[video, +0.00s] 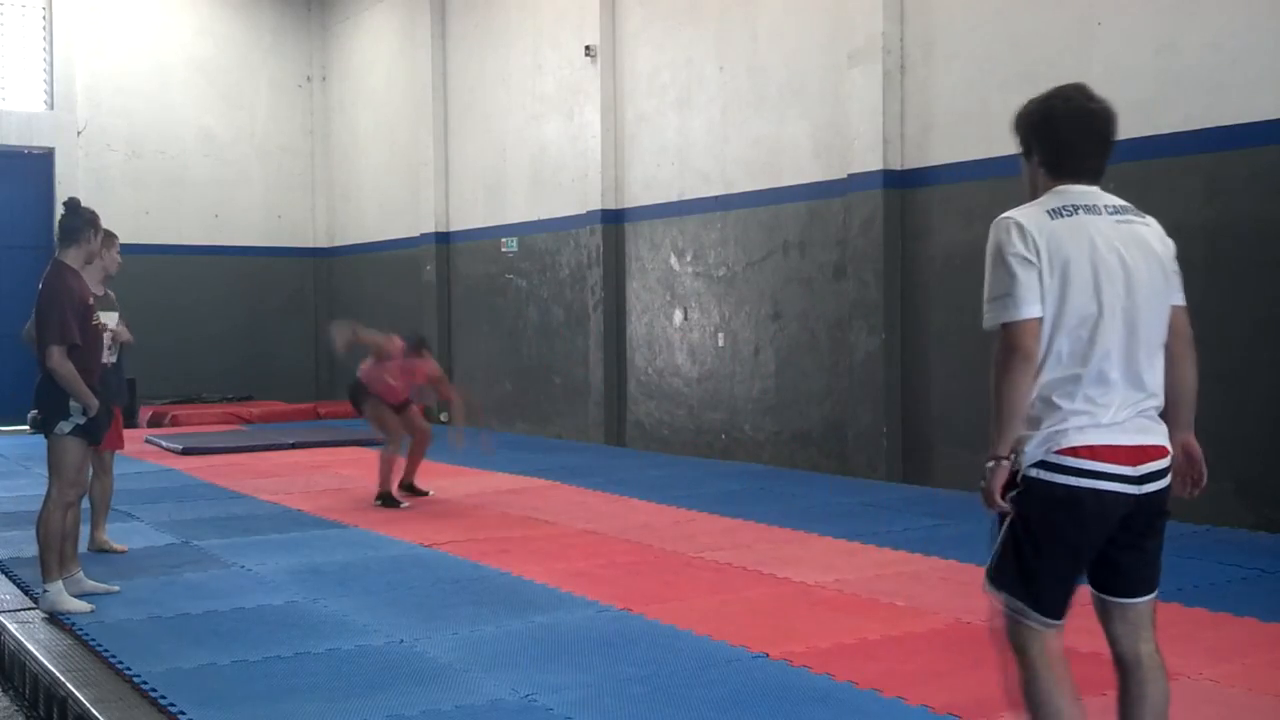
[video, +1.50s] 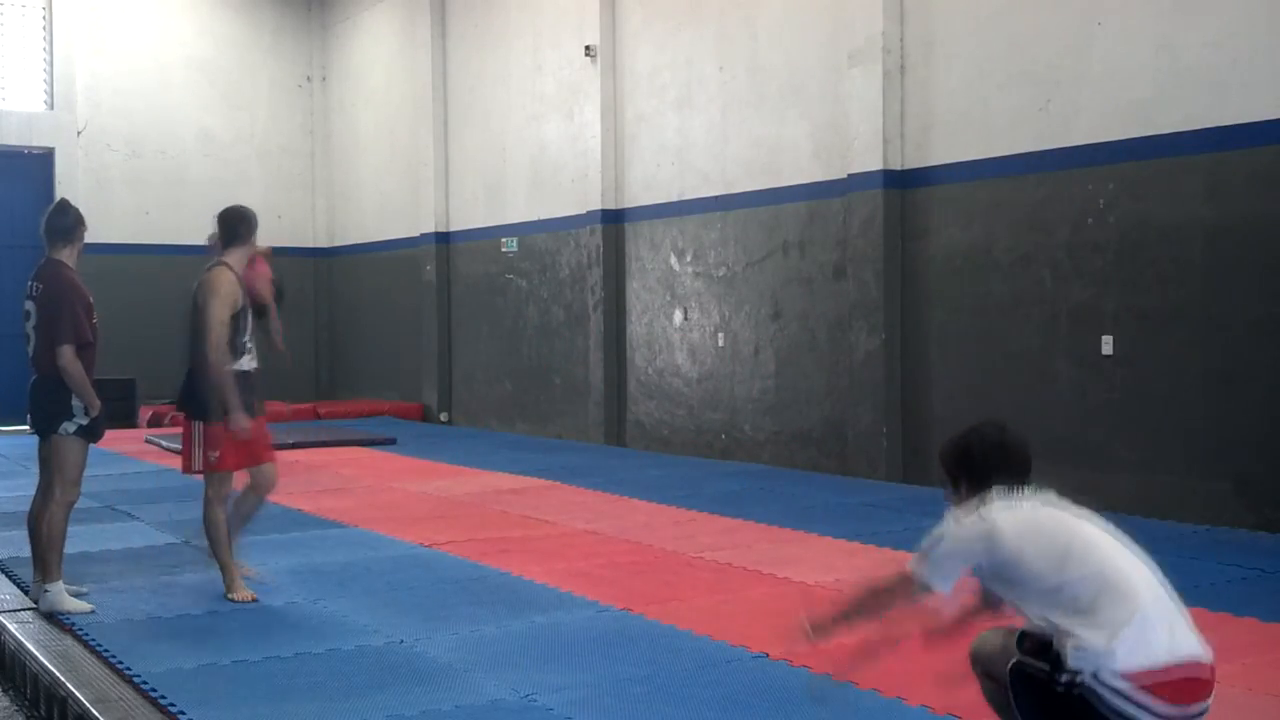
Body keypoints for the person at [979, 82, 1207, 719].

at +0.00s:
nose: (1023, 166)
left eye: (1023, 153)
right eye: (1024, 153)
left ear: (1036, 157)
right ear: (1103, 155)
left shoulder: (1021, 227)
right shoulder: (1149, 230)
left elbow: (1023, 348)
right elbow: (1180, 341)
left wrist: (1002, 451)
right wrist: (1181, 428)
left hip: (1065, 473)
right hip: (1147, 469)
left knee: (1033, 630)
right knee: (1136, 633)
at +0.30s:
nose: (1017, 161)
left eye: (1019, 149)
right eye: (1019, 149)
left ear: (1031, 154)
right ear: (1098, 152)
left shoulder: (1011, 233)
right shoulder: (1152, 231)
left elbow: (1003, 358)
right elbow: (1169, 354)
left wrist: (987, 455)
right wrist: (1146, 434)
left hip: (1058, 475)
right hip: (1146, 473)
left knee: (1066, 649)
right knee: (1121, 631)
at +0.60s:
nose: (1005, 190)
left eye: (1005, 176)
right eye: (1004, 176)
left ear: (1018, 176)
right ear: (1078, 165)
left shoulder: (1014, 240)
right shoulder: (1142, 235)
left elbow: (1006, 354)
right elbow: (1175, 345)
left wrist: (1003, 441)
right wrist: (1145, 418)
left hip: (1079, 477)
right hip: (1161, 474)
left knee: (1043, 638)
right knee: (1119, 628)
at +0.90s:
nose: (977, 284)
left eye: (978, 272)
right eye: (976, 273)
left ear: (990, 262)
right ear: (1046, 249)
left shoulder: (997, 304)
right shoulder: (1095, 304)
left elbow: (964, 408)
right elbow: (1113, 419)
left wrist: (956, 509)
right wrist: (1059, 518)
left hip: (1116, 511)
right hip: (1193, 514)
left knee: (1031, 628)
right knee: (1097, 631)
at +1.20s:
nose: (950, 466)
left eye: (950, 453)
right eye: (950, 454)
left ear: (961, 445)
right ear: (1013, 433)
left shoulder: (976, 486)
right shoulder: (1064, 476)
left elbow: (928, 598)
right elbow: (1050, 590)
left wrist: (890, 680)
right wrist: (1006, 664)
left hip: (1136, 647)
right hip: (1197, 647)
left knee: (998, 649)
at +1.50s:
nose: (950, 494)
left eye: (950, 484)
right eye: (950, 484)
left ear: (962, 483)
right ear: (1019, 475)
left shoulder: (974, 523)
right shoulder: (1053, 512)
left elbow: (900, 589)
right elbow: (990, 599)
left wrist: (829, 621)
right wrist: (931, 633)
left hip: (1140, 697)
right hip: (1193, 688)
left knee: (990, 650)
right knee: (1035, 636)